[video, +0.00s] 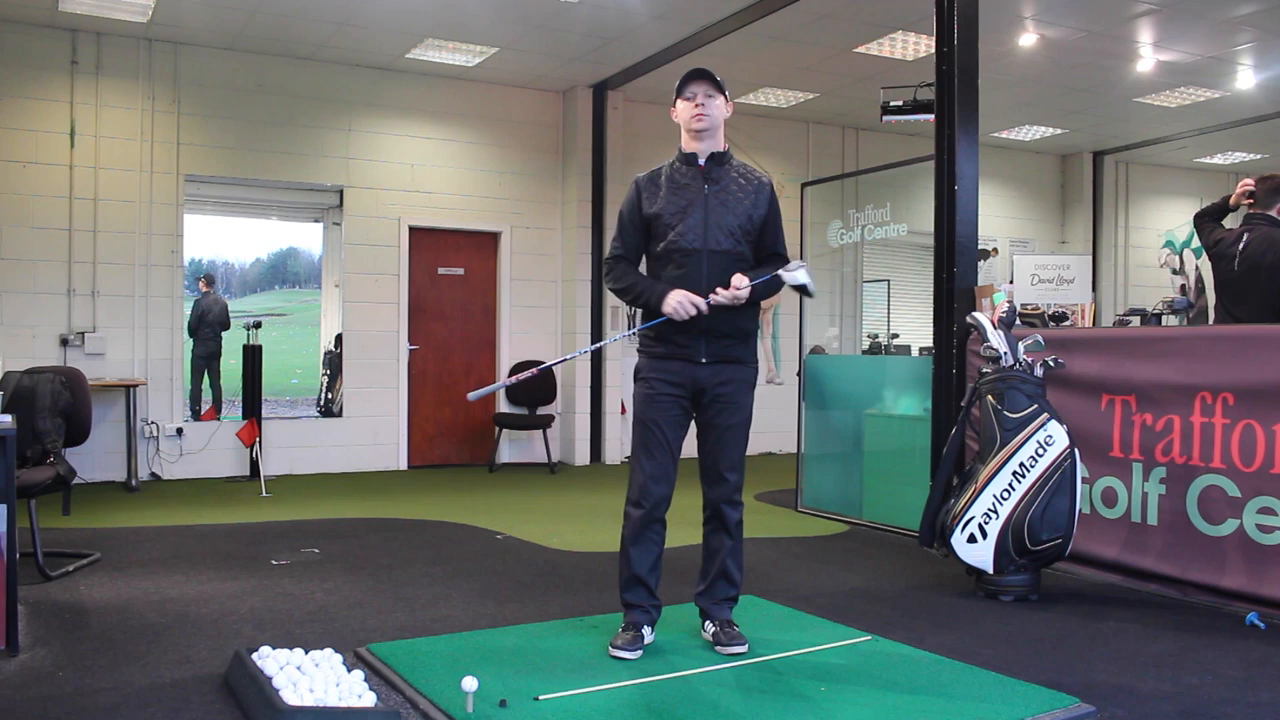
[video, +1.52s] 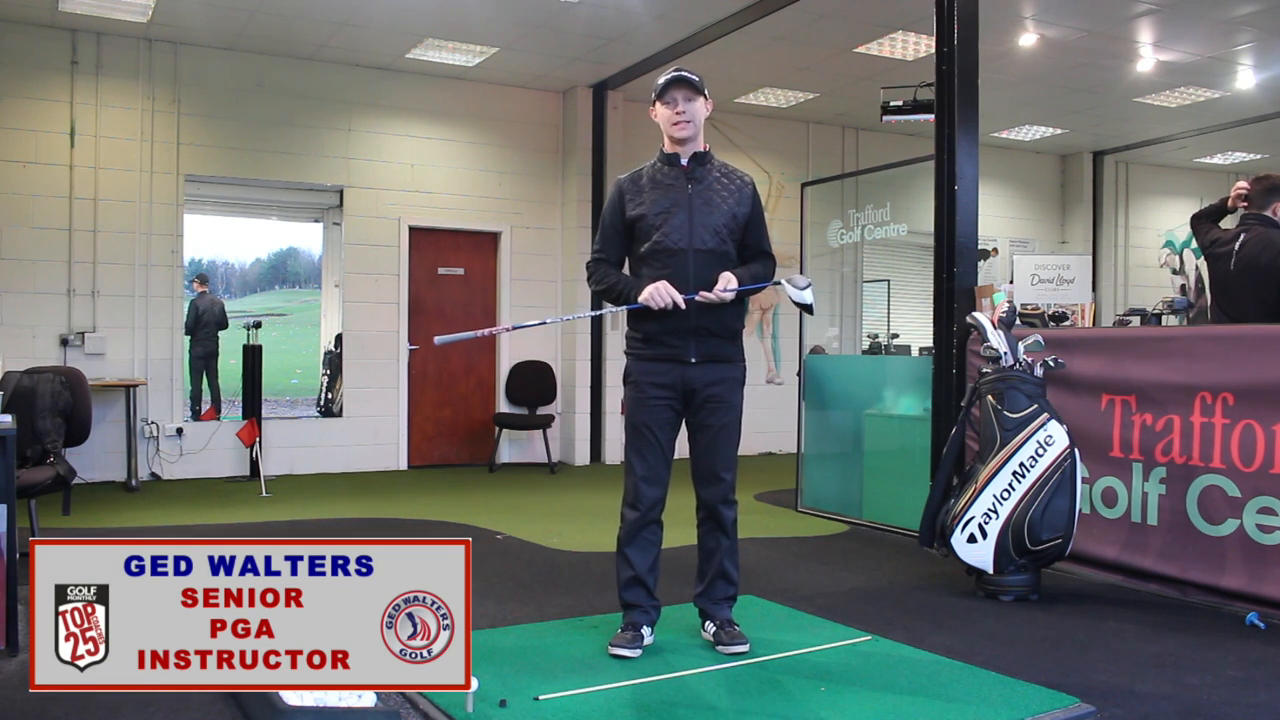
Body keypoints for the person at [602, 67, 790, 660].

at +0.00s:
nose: (698, 104)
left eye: (709, 96)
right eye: (688, 97)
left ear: (728, 110)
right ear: (674, 113)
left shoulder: (756, 187)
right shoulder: (648, 186)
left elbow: (776, 267)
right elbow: (616, 267)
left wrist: (751, 288)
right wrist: (660, 295)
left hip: (731, 363)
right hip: (663, 360)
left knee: (725, 494)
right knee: (647, 493)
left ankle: (719, 612)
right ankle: (638, 616)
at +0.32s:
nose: (685, 104)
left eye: (696, 96)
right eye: (675, 97)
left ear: (715, 110)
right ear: (661, 114)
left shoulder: (744, 187)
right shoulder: (636, 187)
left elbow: (767, 267)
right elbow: (601, 268)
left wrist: (744, 285)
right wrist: (638, 296)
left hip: (722, 362)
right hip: (654, 361)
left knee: (720, 494)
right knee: (644, 494)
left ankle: (718, 613)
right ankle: (638, 617)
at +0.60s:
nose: (678, 107)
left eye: (688, 97)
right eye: (668, 99)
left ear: (707, 109)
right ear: (654, 113)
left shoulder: (737, 185)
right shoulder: (630, 187)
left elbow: (762, 261)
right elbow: (603, 263)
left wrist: (756, 272)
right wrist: (607, 280)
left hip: (717, 362)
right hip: (648, 361)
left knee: (718, 494)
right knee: (641, 495)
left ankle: (718, 612)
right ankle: (638, 616)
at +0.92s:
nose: (674, 107)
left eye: (684, 98)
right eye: (664, 99)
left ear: (703, 110)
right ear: (649, 114)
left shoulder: (733, 186)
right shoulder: (625, 187)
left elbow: (758, 259)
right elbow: (596, 263)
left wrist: (756, 271)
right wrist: (604, 290)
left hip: (715, 363)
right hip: (646, 363)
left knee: (716, 494)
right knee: (639, 495)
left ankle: (718, 611)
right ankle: (636, 617)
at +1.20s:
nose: (674, 108)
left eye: (684, 98)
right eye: (664, 100)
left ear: (702, 110)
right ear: (649, 114)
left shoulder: (733, 186)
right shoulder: (625, 188)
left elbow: (756, 265)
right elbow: (597, 271)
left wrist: (729, 277)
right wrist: (629, 285)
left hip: (715, 363)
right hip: (646, 363)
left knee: (716, 494)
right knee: (640, 495)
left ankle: (718, 612)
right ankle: (636, 617)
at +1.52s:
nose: (679, 109)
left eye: (688, 99)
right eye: (669, 101)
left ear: (707, 108)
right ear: (655, 114)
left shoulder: (739, 187)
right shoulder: (631, 188)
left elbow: (763, 265)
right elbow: (600, 271)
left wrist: (738, 280)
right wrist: (639, 287)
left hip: (720, 362)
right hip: (651, 362)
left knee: (718, 495)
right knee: (643, 494)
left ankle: (719, 613)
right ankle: (638, 616)